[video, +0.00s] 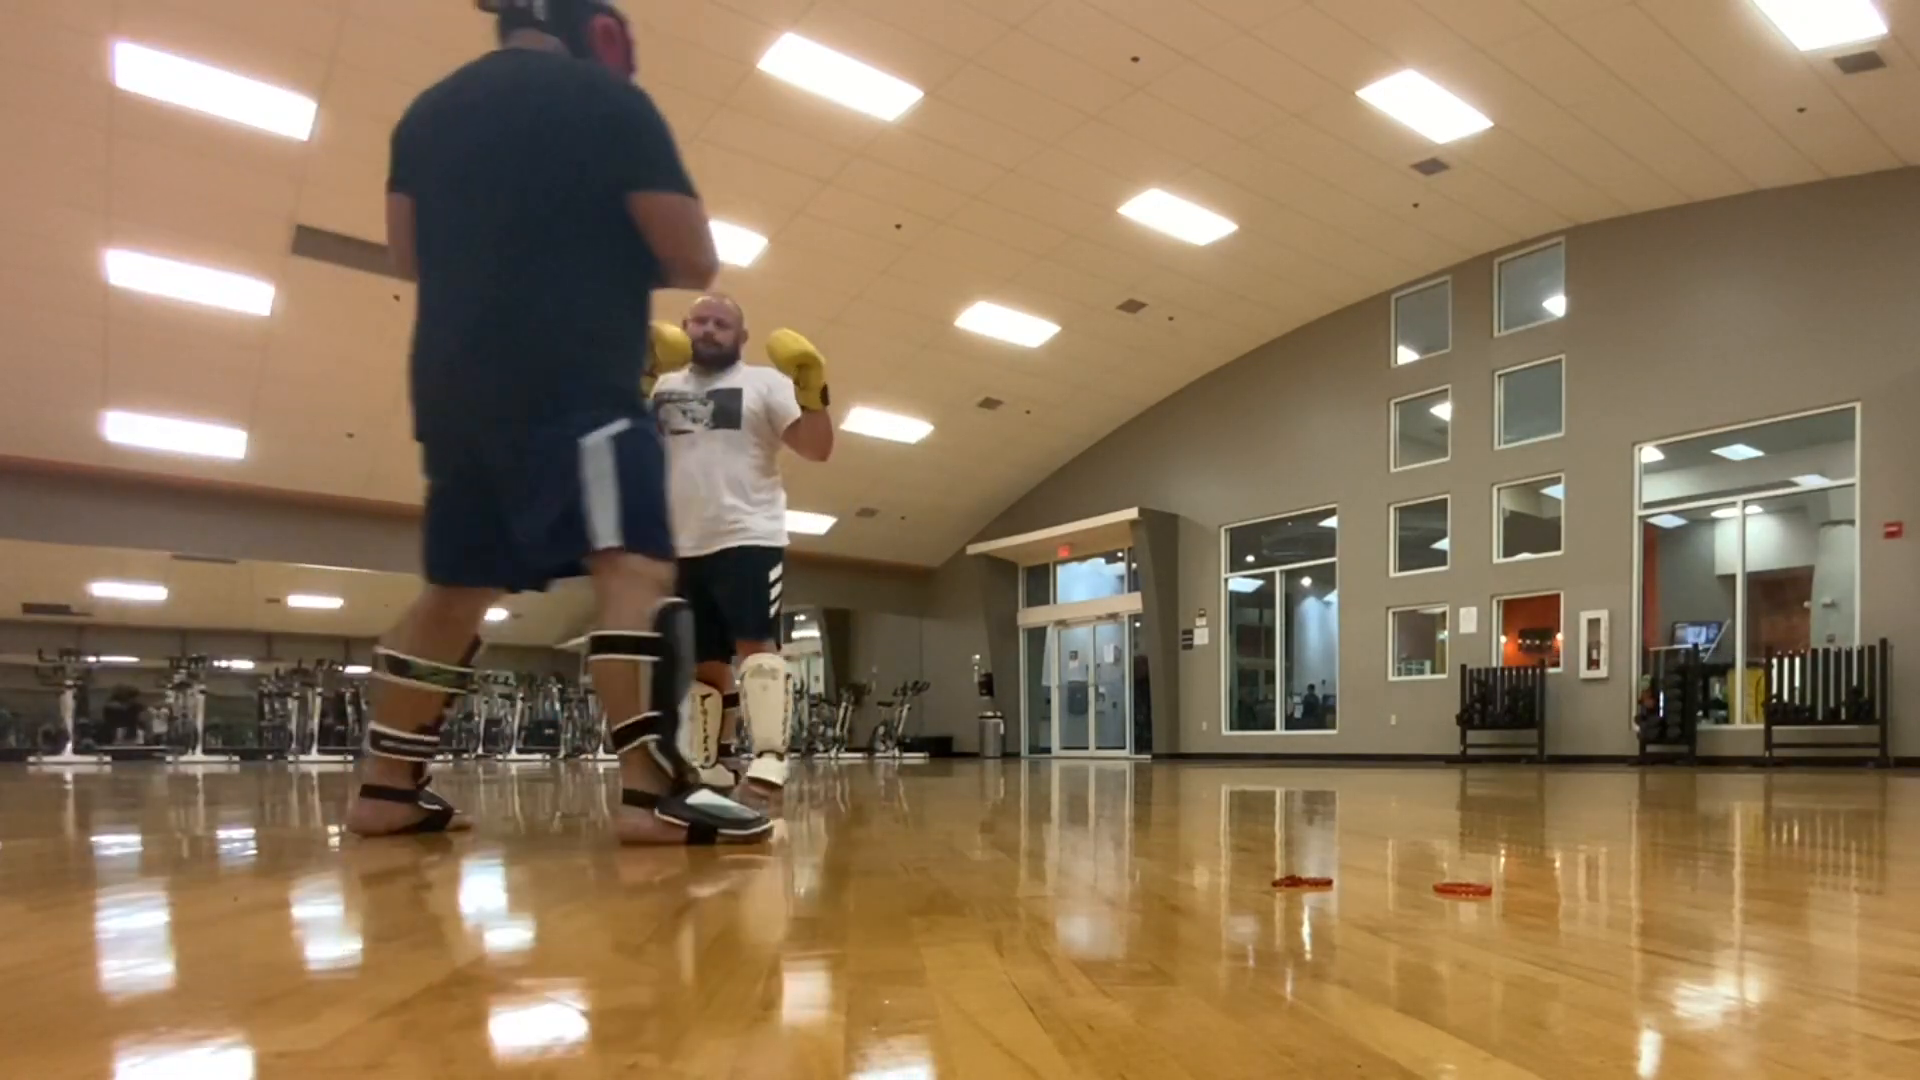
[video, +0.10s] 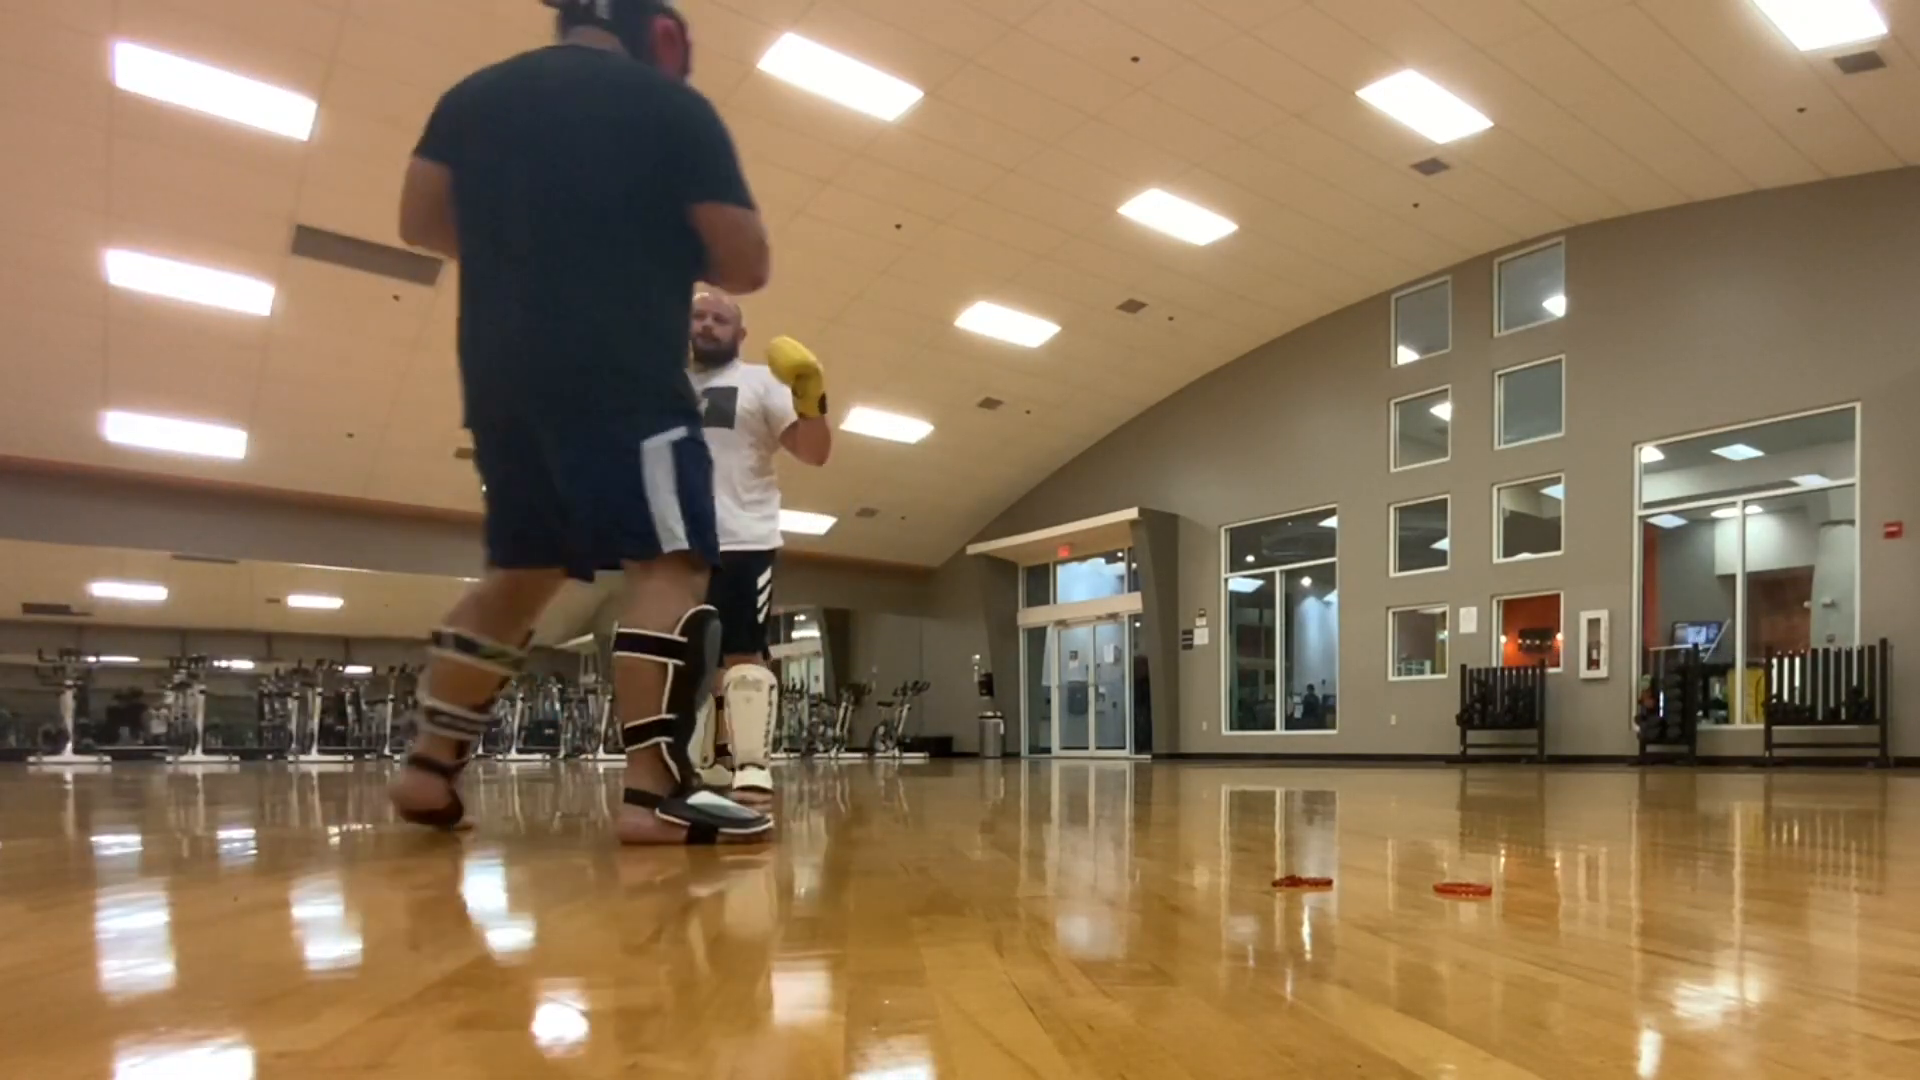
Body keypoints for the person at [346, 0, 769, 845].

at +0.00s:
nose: (628, 62)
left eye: (628, 47)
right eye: (624, 43)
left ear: (506, 24)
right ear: (599, 30)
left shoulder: (429, 108)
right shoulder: (610, 102)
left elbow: (407, 255)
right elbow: (692, 257)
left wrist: (506, 250)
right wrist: (605, 232)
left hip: (456, 386)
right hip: (580, 382)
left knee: (459, 585)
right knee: (633, 569)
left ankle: (386, 788)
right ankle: (648, 790)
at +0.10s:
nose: (683, 61)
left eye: (684, 47)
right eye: (681, 44)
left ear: (566, 24)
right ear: (659, 32)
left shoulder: (474, 93)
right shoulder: (675, 109)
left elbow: (420, 220)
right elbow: (744, 261)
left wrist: (518, 239)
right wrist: (658, 229)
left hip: (503, 379)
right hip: (623, 377)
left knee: (525, 563)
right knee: (672, 562)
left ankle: (430, 766)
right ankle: (650, 789)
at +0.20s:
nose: (724, 56)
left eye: (724, 43)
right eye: (722, 41)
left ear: (606, 21)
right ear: (704, 31)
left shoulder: (517, 77)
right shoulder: (727, 108)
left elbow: (447, 190)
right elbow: (787, 262)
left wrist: (549, 197)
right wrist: (708, 211)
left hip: (534, 368)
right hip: (656, 369)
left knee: (564, 555)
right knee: (671, 564)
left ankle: (515, 754)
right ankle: (649, 792)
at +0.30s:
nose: (753, 58)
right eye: (748, 45)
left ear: (632, 24)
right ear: (728, 42)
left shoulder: (555, 73)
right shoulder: (767, 118)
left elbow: (493, 193)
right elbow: (818, 271)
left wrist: (593, 186)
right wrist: (739, 215)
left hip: (565, 373)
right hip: (689, 376)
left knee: (602, 573)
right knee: (667, 573)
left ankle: (626, 778)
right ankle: (650, 795)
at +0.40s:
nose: (780, 81)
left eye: (650, 36)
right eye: (777, 69)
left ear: (657, 38)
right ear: (760, 66)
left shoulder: (586, 92)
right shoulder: (791, 142)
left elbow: (535, 222)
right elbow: (832, 290)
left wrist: (634, 219)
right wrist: (753, 231)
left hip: (597, 378)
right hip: (716, 381)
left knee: (637, 576)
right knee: (691, 575)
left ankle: (671, 784)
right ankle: (646, 793)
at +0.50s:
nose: (791, 96)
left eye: (670, 54)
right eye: (790, 87)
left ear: (677, 61)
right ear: (775, 85)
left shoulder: (608, 118)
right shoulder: (810, 155)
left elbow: (537, 234)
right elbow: (847, 302)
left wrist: (636, 234)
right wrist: (764, 256)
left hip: (634, 393)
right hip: (747, 391)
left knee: (670, 587)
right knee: (741, 576)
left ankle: (683, 782)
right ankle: (657, 780)